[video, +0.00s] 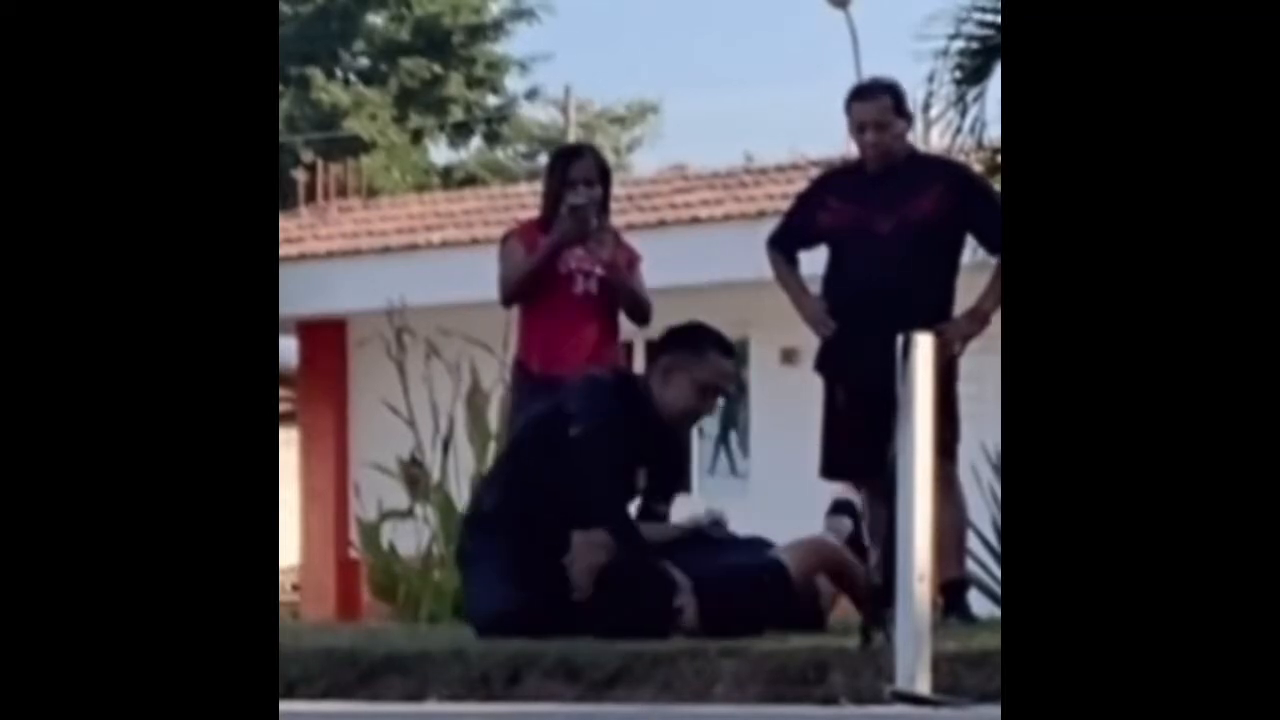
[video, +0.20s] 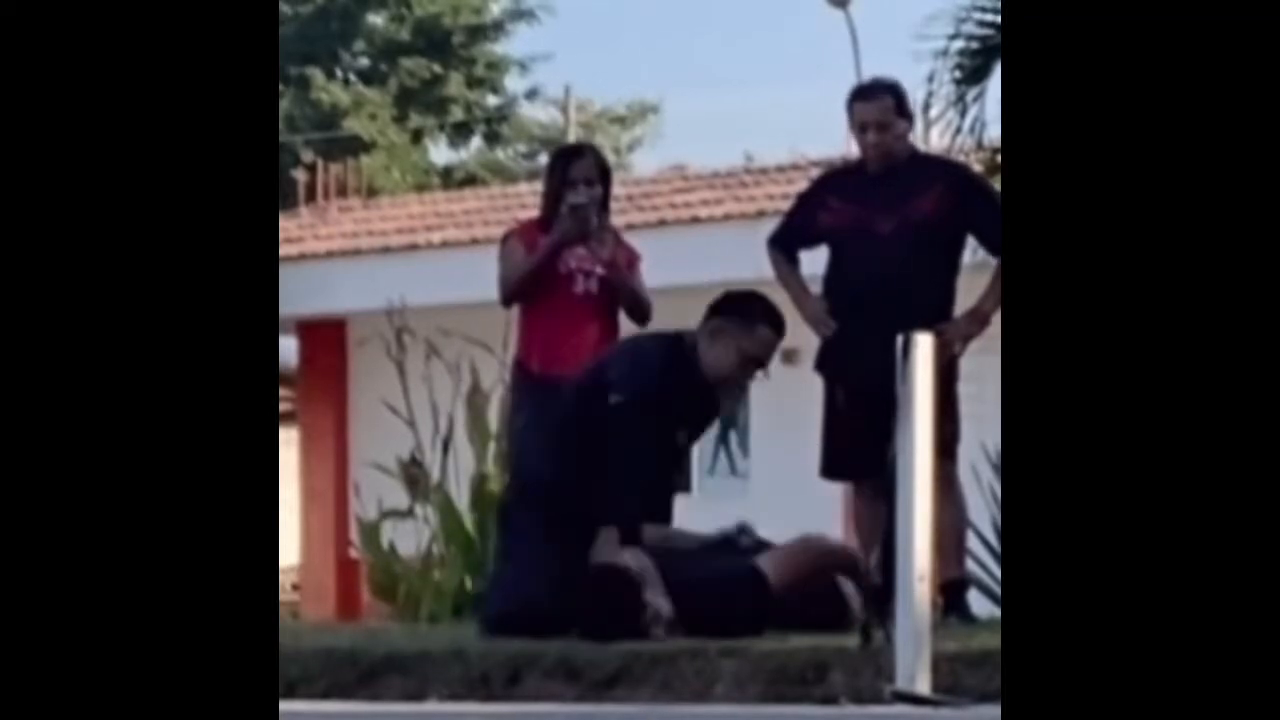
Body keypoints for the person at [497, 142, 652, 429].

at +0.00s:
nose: (581, 194)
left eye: (589, 185)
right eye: (571, 185)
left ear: (604, 189)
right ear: (555, 188)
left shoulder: (615, 248)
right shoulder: (525, 239)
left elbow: (642, 316)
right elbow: (509, 294)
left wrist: (615, 270)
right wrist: (558, 239)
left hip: (599, 382)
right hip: (540, 381)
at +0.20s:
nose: (584, 194)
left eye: (593, 185)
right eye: (574, 185)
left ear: (607, 189)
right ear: (554, 189)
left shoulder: (617, 248)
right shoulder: (526, 238)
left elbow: (642, 314)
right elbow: (509, 290)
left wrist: (614, 272)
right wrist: (559, 239)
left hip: (596, 386)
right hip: (539, 382)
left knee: (585, 492)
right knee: (533, 491)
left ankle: (578, 602)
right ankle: (519, 603)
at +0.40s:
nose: (584, 195)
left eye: (592, 185)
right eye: (574, 185)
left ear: (607, 189)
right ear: (554, 189)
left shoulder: (617, 250)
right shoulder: (527, 239)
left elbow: (643, 315)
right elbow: (510, 290)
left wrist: (617, 273)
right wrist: (560, 238)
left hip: (595, 384)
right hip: (538, 381)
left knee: (590, 492)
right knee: (529, 493)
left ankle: (583, 596)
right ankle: (503, 594)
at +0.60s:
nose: (586, 195)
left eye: (595, 185)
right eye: (576, 185)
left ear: (609, 190)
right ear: (556, 189)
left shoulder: (620, 250)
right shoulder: (529, 238)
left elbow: (644, 315)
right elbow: (512, 289)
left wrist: (617, 271)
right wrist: (563, 240)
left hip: (596, 387)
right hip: (539, 381)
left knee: (599, 498)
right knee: (528, 498)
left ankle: (590, 604)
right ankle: (503, 606)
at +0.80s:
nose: (588, 194)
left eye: (598, 184)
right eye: (578, 184)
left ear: (613, 191)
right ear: (559, 188)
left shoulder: (623, 251)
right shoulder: (532, 237)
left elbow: (642, 315)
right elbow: (516, 289)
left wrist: (611, 257)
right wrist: (567, 239)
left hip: (599, 388)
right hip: (540, 383)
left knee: (599, 495)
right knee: (528, 496)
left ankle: (597, 604)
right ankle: (497, 602)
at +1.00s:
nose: (587, 195)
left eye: (596, 185)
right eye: (576, 185)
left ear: (610, 190)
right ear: (556, 189)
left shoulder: (620, 250)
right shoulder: (529, 238)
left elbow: (644, 315)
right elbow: (512, 288)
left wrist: (614, 266)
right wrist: (564, 239)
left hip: (598, 386)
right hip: (540, 381)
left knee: (600, 498)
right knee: (527, 498)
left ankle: (591, 605)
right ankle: (503, 608)